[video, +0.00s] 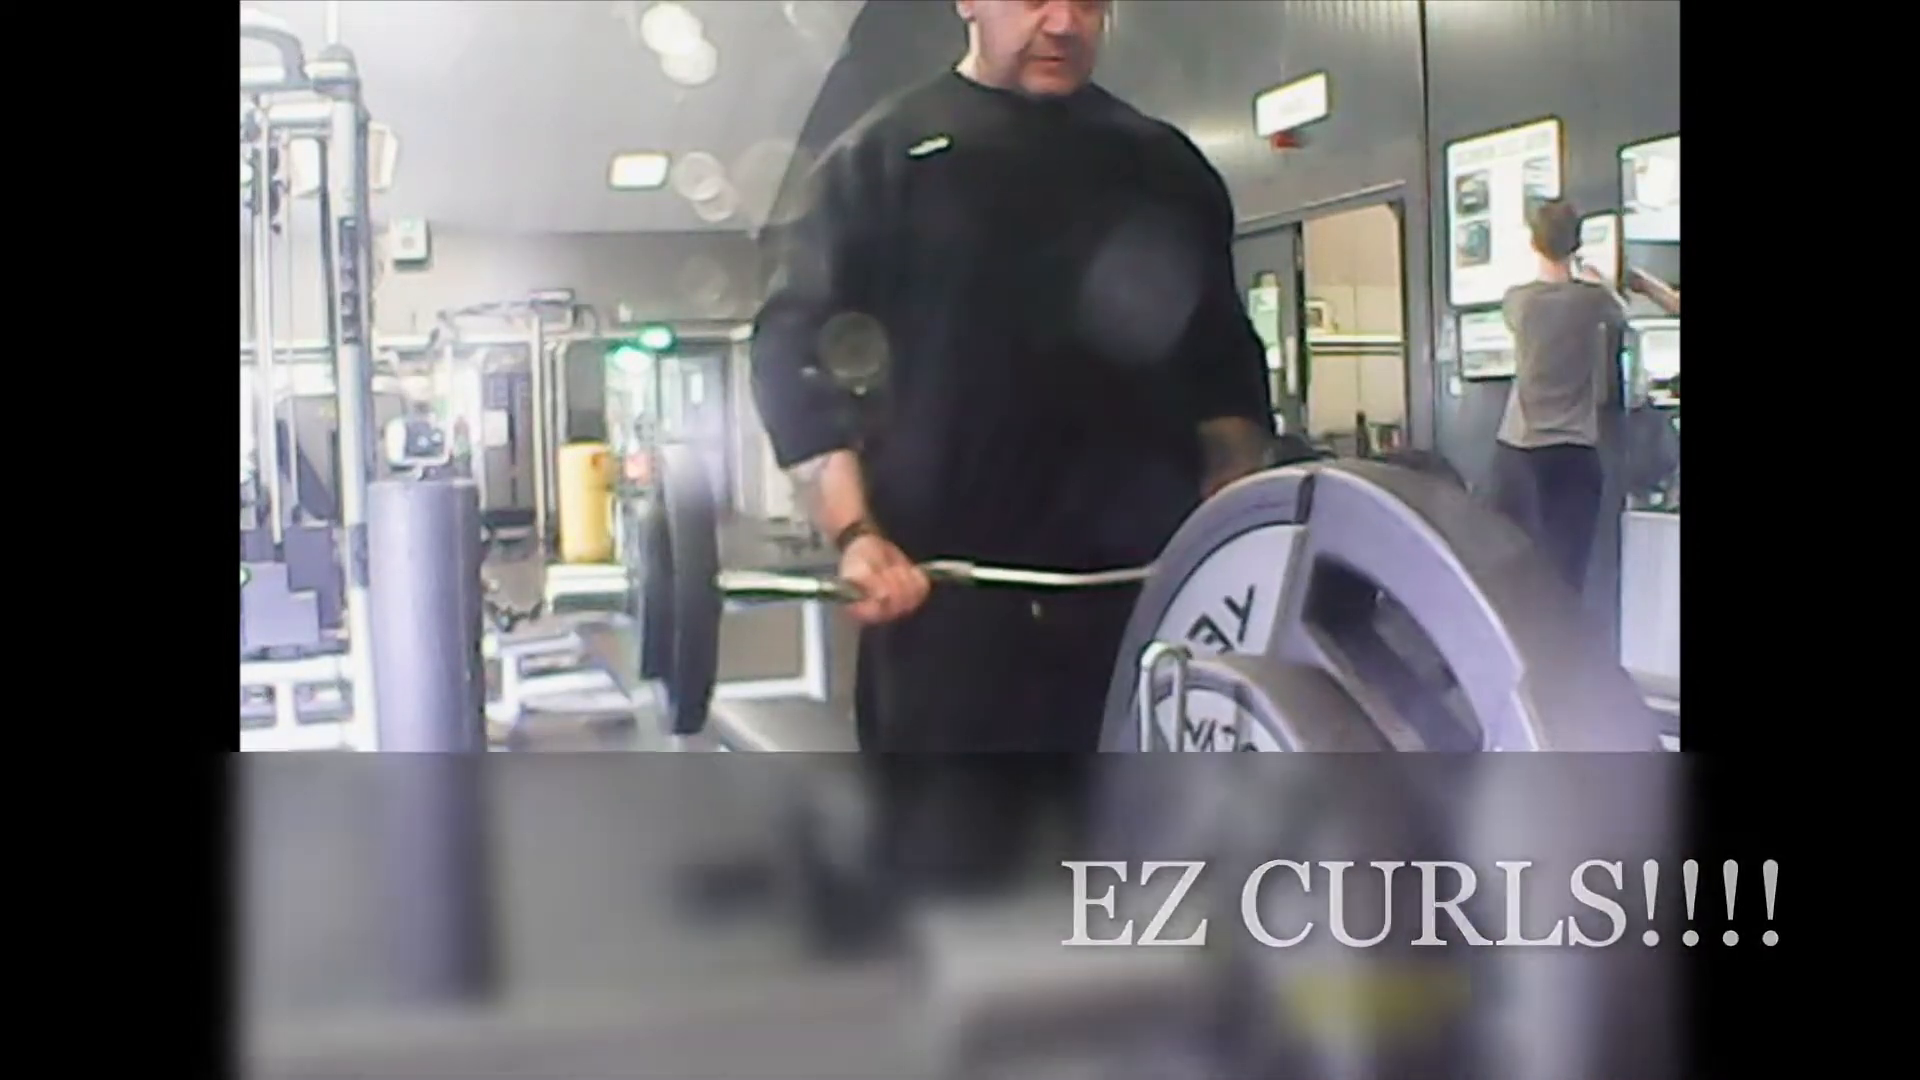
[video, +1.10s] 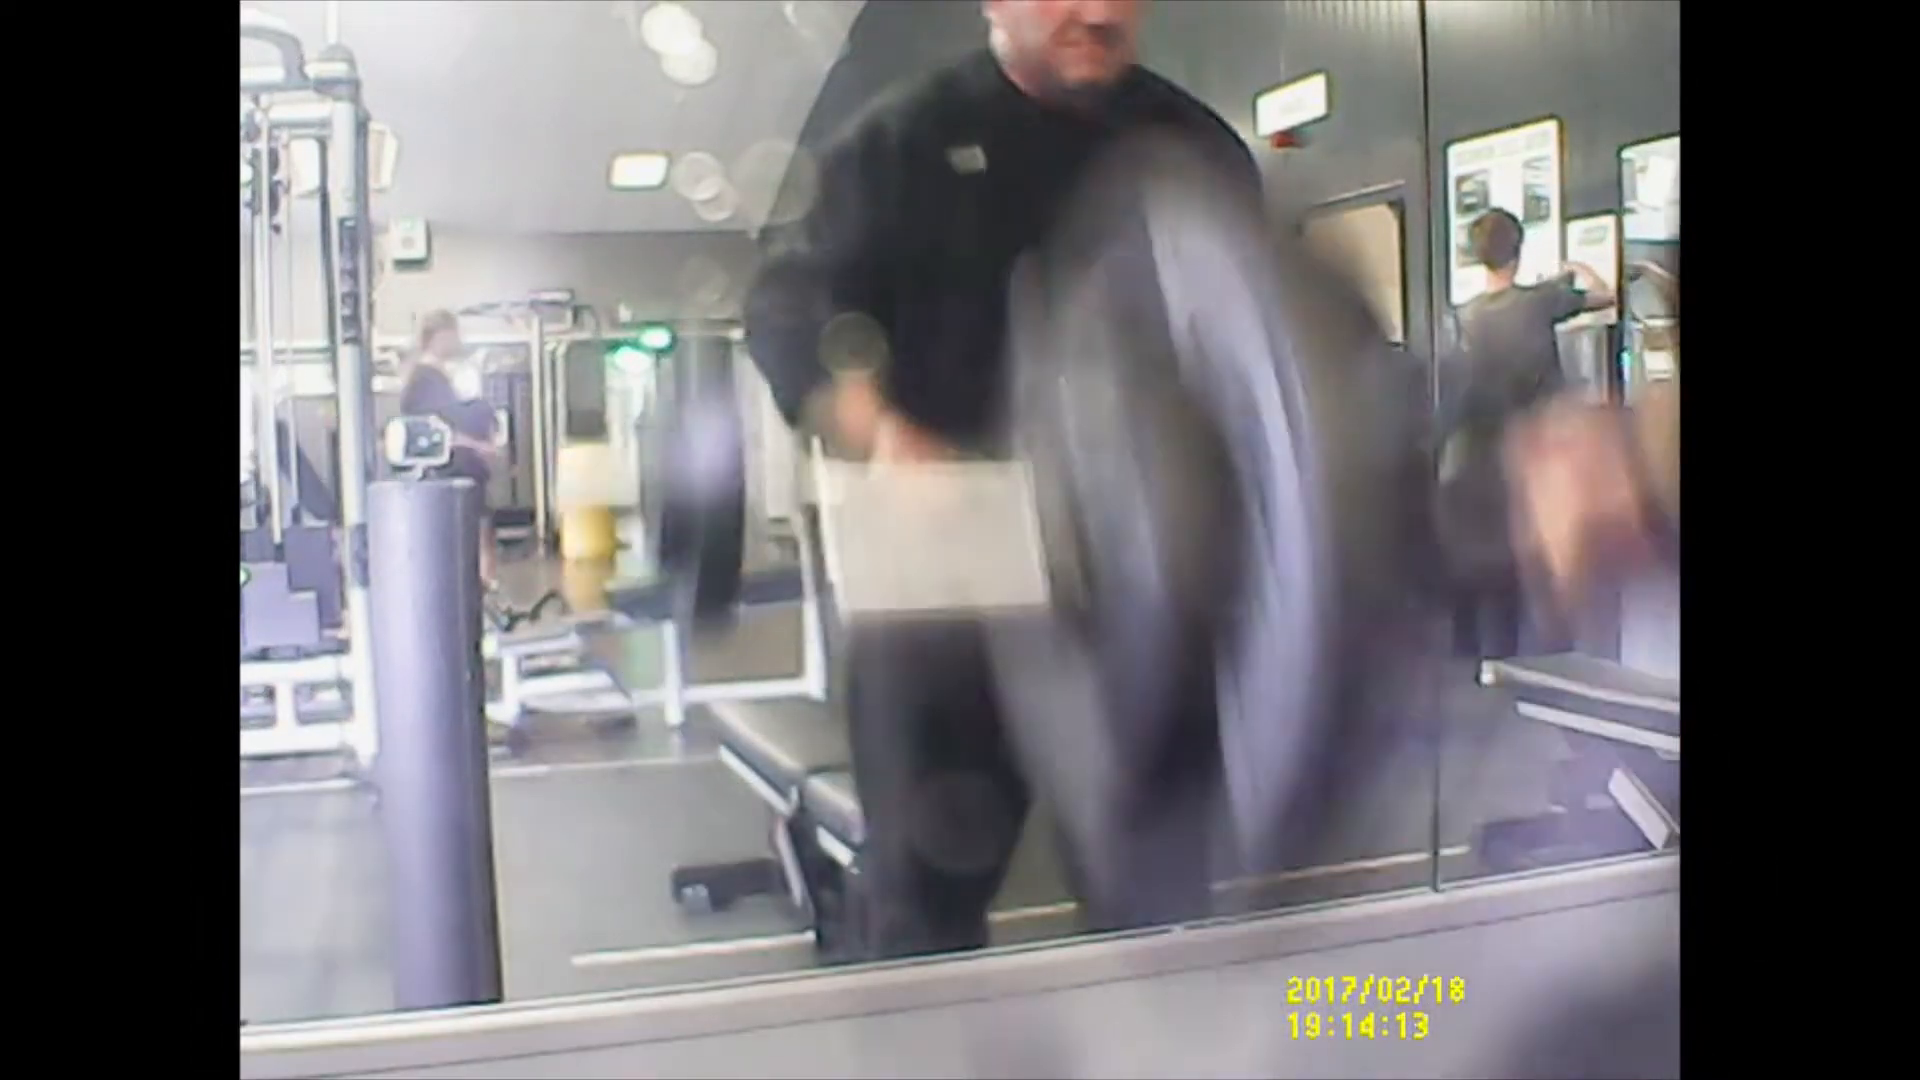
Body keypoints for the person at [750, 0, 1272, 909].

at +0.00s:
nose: (1063, 22)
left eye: (1085, 2)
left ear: (1108, 15)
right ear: (973, 6)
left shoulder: (1168, 168)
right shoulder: (882, 158)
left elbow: (1228, 384)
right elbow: (792, 343)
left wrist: (1236, 552)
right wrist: (853, 532)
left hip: (1131, 626)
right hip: (946, 624)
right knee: (946, 945)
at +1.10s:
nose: (1091, 13)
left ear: (1140, 10)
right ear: (997, 10)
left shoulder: (1194, 148)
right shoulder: (903, 141)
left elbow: (1253, 343)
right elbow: (783, 309)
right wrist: (875, 431)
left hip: (1138, 539)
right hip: (941, 548)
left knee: (1158, 865)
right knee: (929, 868)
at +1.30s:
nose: (1039, 29)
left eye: (1061, 10)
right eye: (1011, 10)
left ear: (1106, 20)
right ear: (961, 17)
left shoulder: (1159, 154)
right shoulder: (900, 147)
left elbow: (1253, 349)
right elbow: (778, 327)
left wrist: (1275, 218)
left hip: (1153, 589)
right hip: (965, 599)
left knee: (1187, 937)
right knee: (935, 944)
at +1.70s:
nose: (1040, 20)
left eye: (1056, 6)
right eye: (1009, 4)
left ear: (1101, 16)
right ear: (958, 13)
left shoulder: (1154, 148)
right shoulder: (904, 148)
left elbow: (1232, 361)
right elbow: (770, 340)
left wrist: (1263, 259)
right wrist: (874, 254)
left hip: (1148, 590)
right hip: (962, 600)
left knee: (1186, 952)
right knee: (935, 956)